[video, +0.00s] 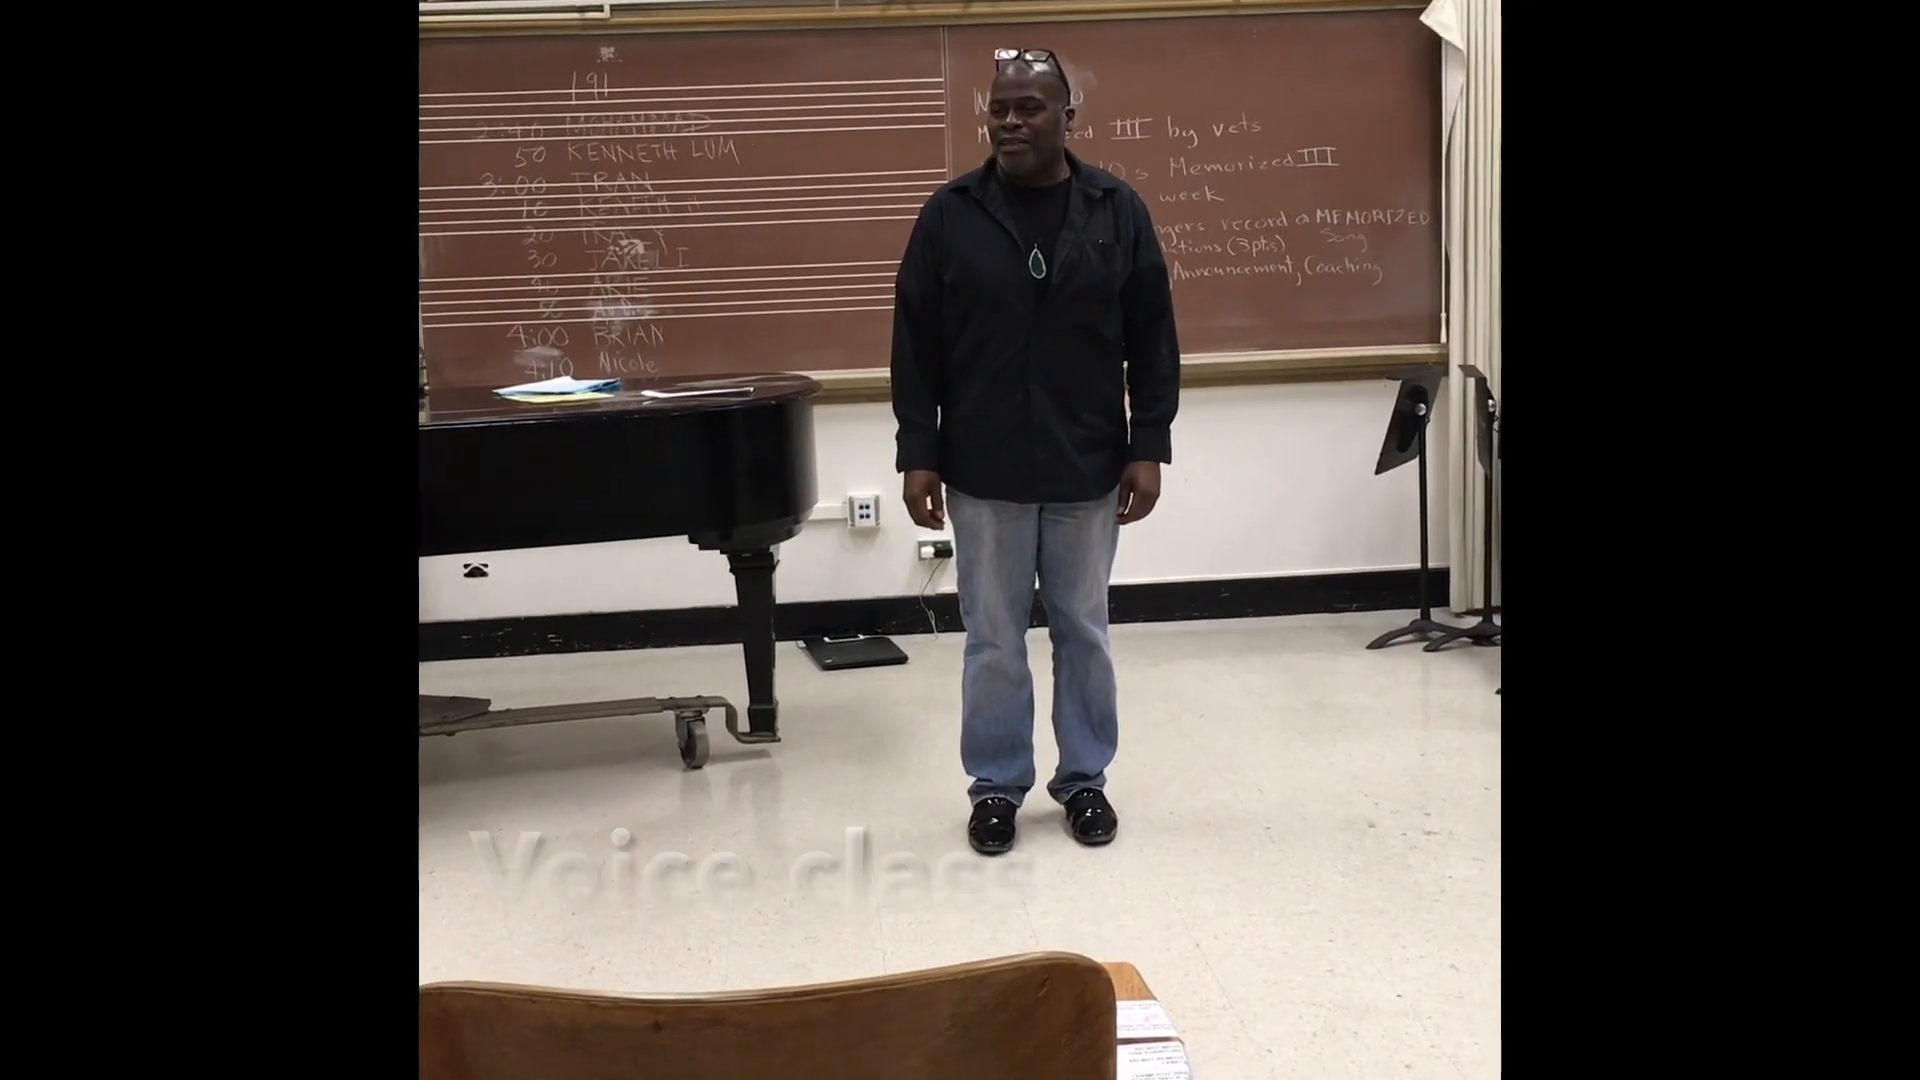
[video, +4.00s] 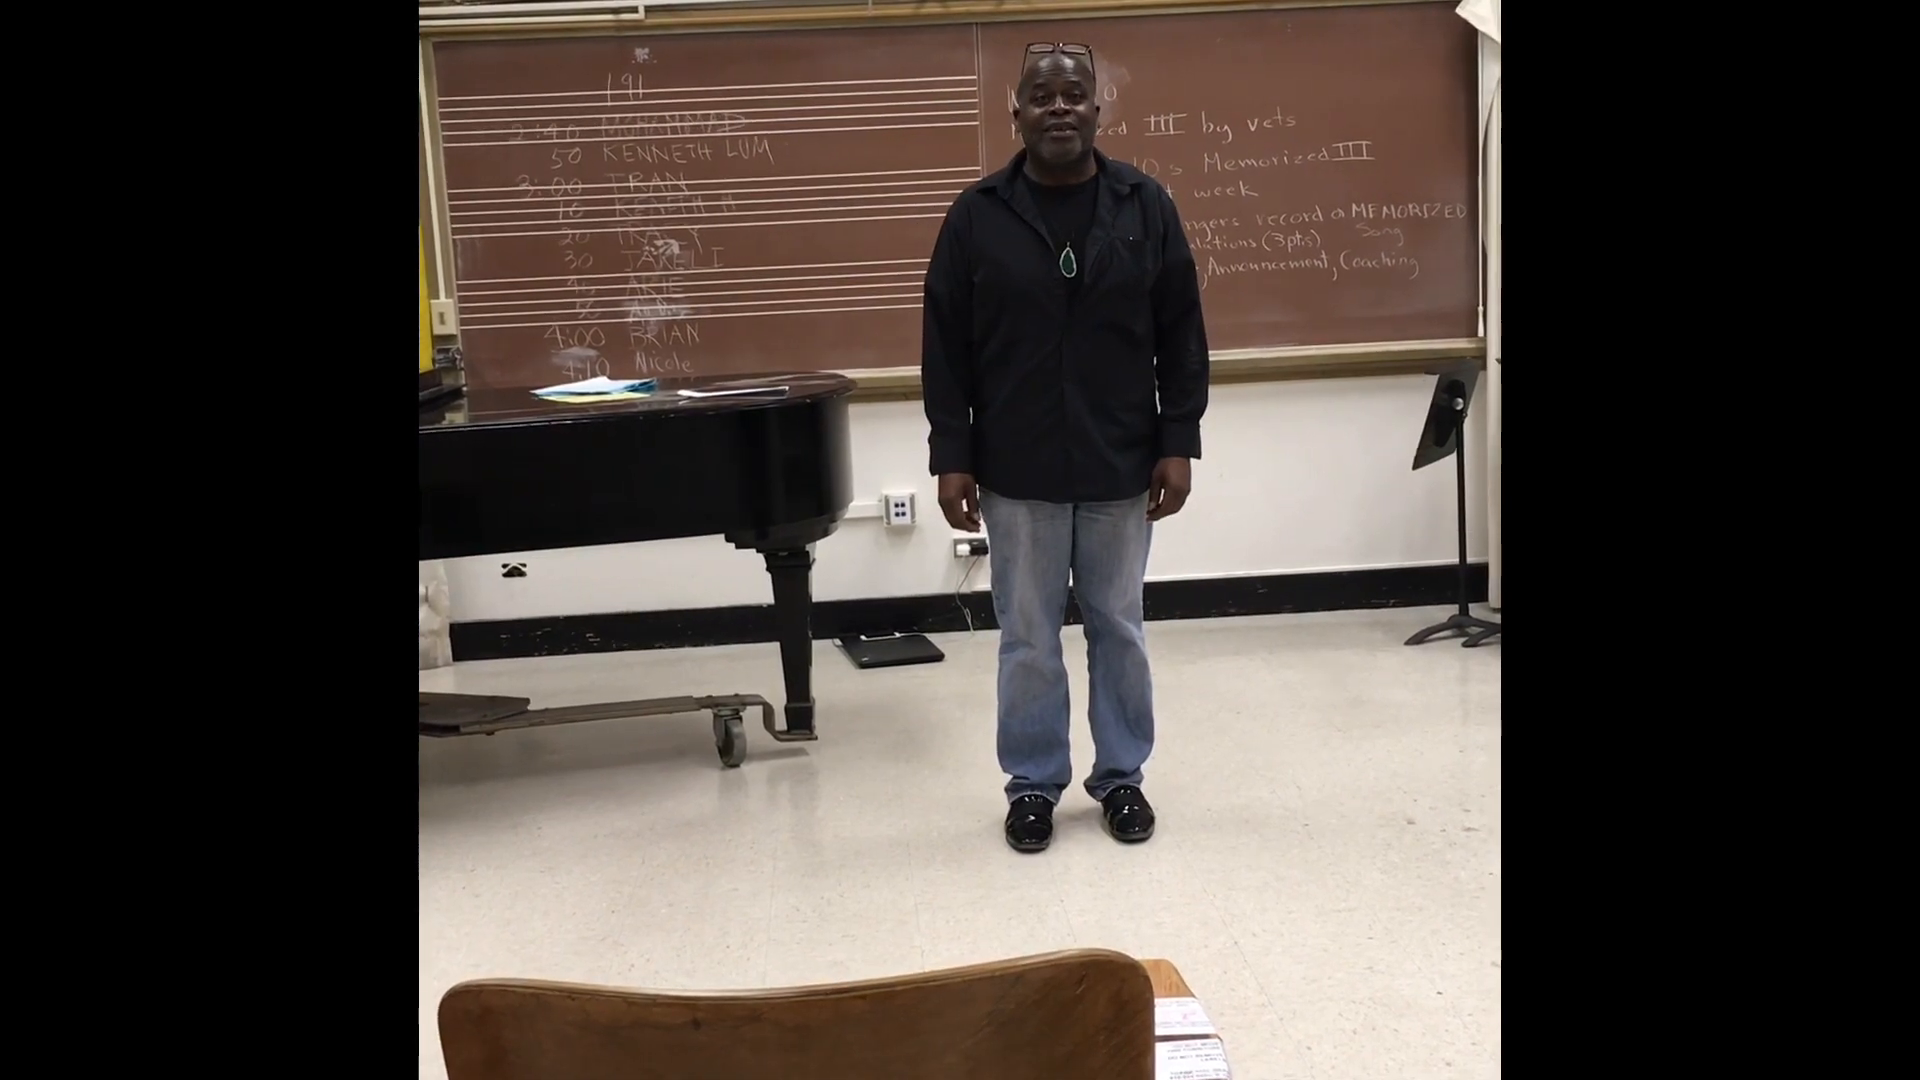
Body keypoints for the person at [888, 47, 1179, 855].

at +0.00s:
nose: (1009, 123)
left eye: (1027, 109)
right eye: (998, 109)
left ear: (1067, 117)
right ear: (985, 116)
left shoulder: (1116, 210)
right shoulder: (949, 214)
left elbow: (1153, 337)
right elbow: (915, 342)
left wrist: (1148, 448)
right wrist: (918, 455)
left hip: (1087, 459)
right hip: (983, 462)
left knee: (1083, 630)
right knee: (993, 637)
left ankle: (1084, 780)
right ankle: (994, 785)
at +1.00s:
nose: (989, 110)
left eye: (1008, 97)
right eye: (988, 97)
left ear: (1062, 111)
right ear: (990, 107)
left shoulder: (1122, 201)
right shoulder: (956, 208)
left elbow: (1159, 330)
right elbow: (924, 333)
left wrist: (1148, 446)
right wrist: (921, 447)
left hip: (1093, 453)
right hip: (988, 456)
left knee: (1092, 626)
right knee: (1001, 632)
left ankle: (1095, 774)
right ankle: (1004, 781)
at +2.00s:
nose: (999, 116)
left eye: (1017, 101)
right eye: (995, 102)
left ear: (1069, 112)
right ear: (991, 111)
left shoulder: (1136, 200)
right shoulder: (968, 210)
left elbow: (1174, 330)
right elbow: (939, 337)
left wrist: (1165, 445)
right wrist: (939, 451)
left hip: (1109, 454)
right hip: (1005, 457)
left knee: (1110, 625)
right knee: (1019, 631)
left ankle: (1114, 772)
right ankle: (1023, 780)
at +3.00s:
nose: (1021, 116)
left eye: (1039, 103)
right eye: (1016, 103)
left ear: (1087, 113)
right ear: (1008, 113)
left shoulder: (1144, 204)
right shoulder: (977, 214)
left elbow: (1183, 333)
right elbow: (947, 342)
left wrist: (1174, 449)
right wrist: (948, 456)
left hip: (1118, 457)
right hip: (1015, 461)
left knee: (1120, 629)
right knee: (1029, 635)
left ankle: (1123, 776)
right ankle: (1034, 784)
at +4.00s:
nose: (1058, 109)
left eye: (1074, 96)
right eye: (1041, 97)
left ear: (1099, 109)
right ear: (1017, 113)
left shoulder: (1145, 206)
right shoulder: (976, 215)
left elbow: (1182, 333)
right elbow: (944, 344)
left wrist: (1177, 446)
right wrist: (951, 459)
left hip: (1120, 457)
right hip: (1017, 461)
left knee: (1119, 628)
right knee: (1027, 634)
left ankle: (1121, 776)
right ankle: (1031, 784)